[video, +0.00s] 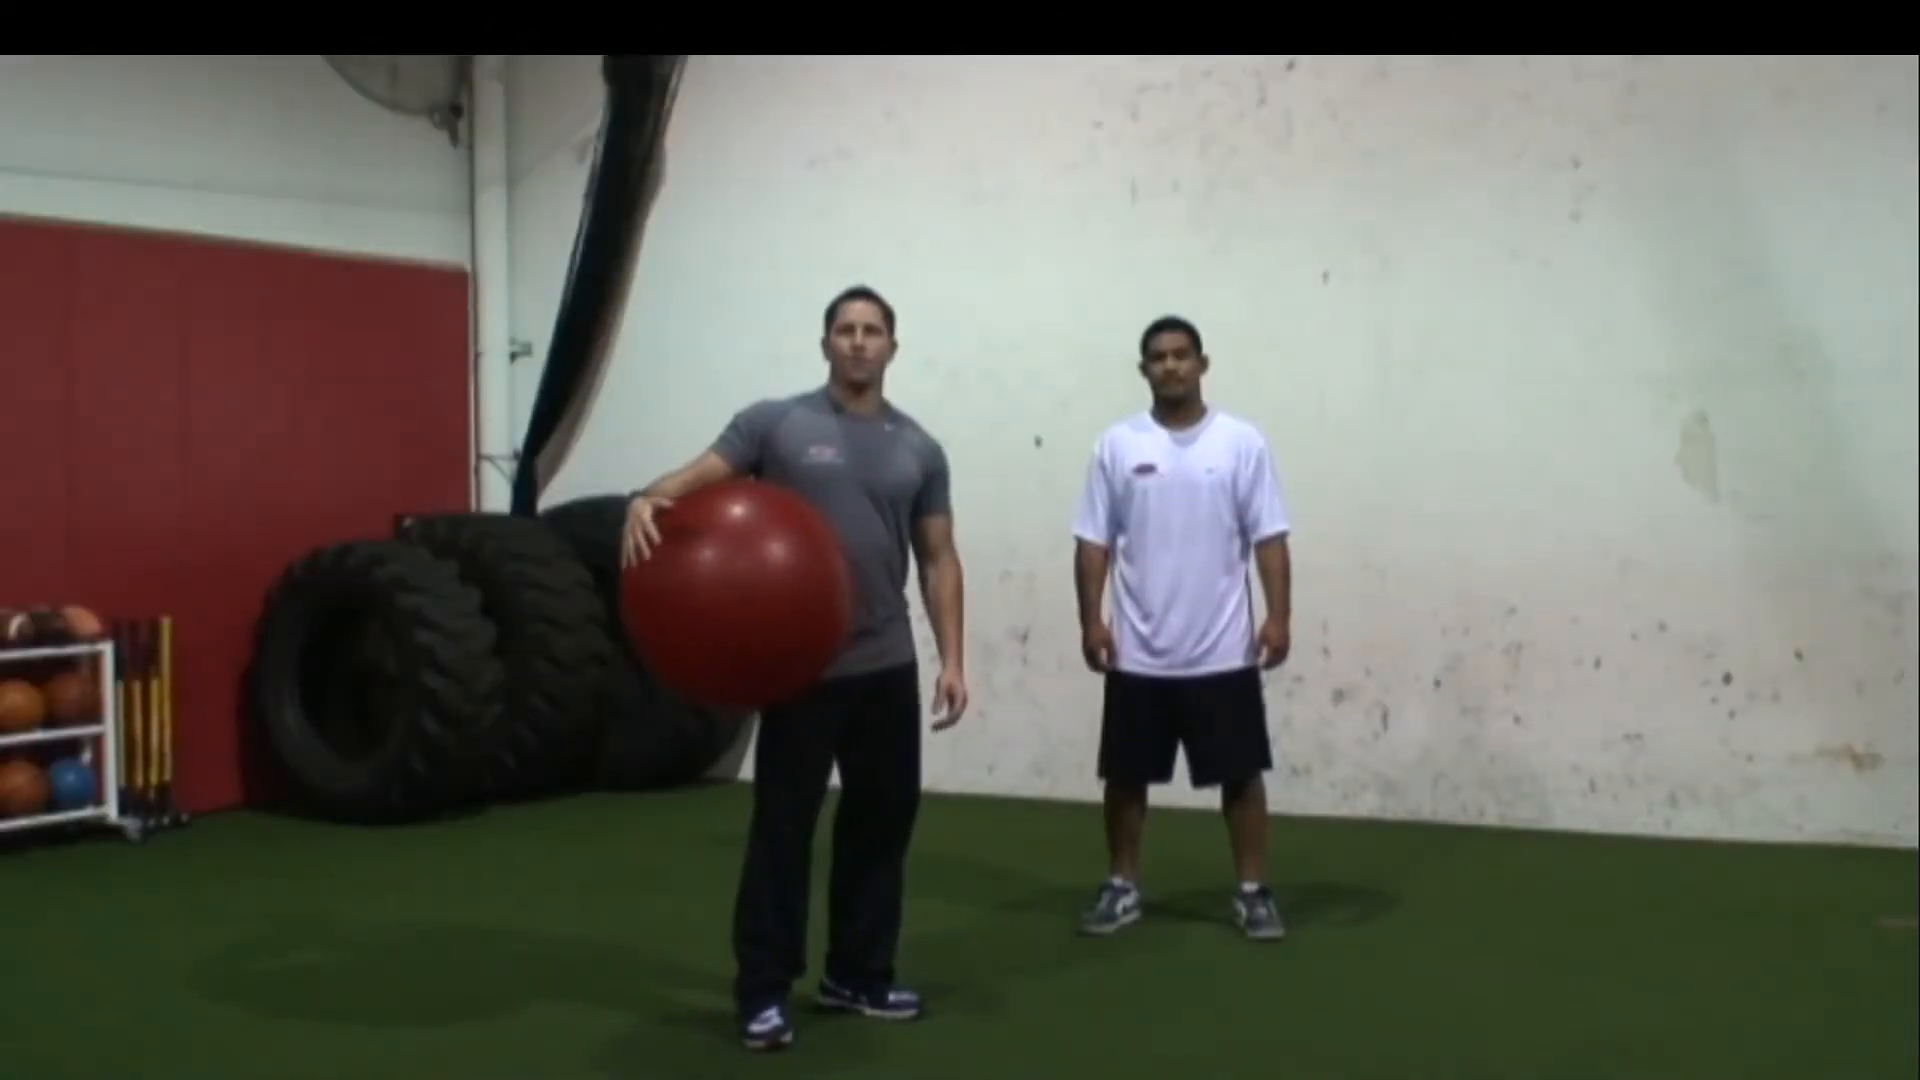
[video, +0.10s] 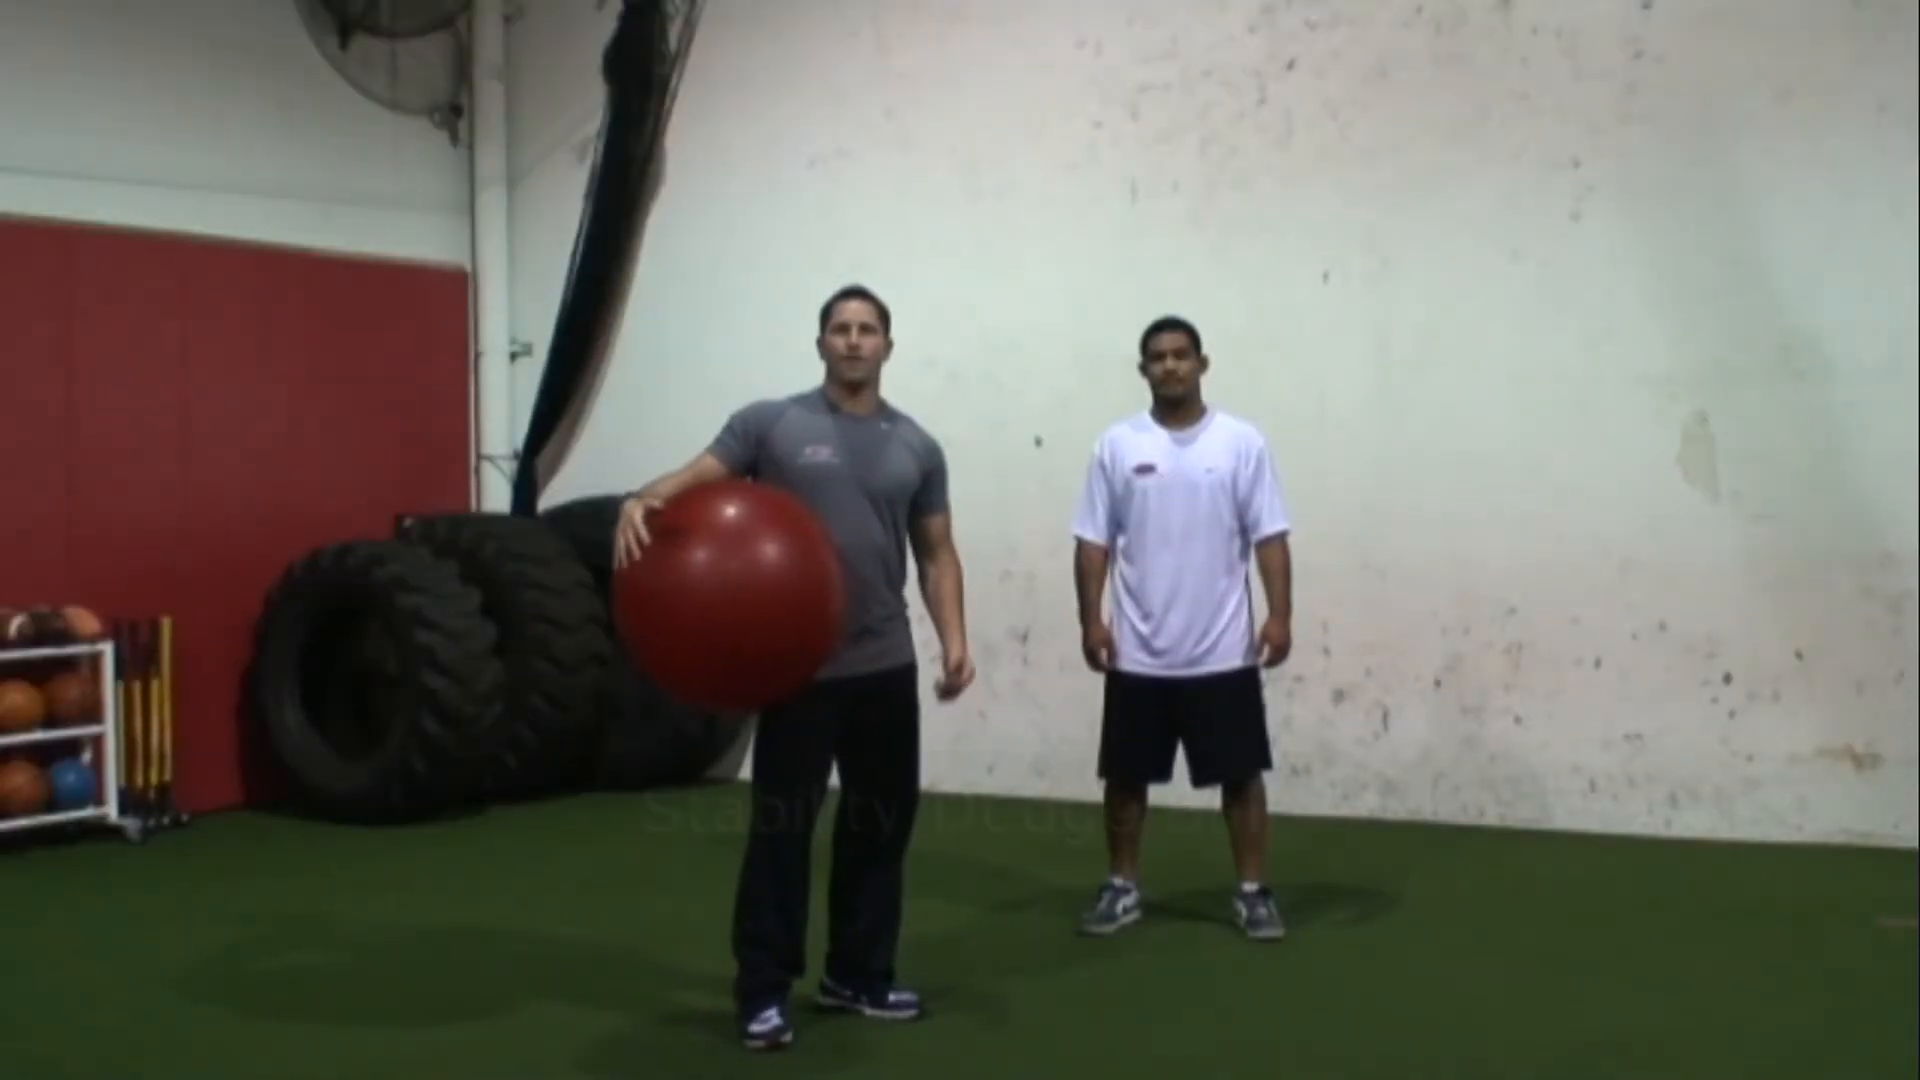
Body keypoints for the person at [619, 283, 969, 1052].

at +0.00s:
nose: (858, 341)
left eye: (872, 331)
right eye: (846, 329)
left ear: (892, 347)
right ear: (825, 343)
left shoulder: (918, 449)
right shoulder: (774, 423)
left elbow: (939, 557)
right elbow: (697, 476)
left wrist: (953, 658)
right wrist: (645, 500)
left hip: (886, 667)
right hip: (798, 669)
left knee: (881, 827)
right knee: (782, 831)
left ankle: (860, 975)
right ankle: (764, 993)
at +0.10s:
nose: (854, 339)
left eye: (868, 329)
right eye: (841, 328)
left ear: (888, 346)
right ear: (821, 343)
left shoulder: (916, 447)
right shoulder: (770, 424)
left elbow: (937, 551)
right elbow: (694, 478)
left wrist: (955, 642)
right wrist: (638, 502)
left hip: (885, 667)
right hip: (796, 668)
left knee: (880, 827)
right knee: (780, 829)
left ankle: (860, 976)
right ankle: (764, 993)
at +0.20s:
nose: (850, 338)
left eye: (864, 328)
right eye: (838, 328)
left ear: (885, 344)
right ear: (817, 343)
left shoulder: (914, 446)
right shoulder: (767, 425)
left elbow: (937, 543)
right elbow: (691, 480)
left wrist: (959, 618)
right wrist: (632, 503)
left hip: (883, 667)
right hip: (792, 669)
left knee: (879, 830)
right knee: (780, 832)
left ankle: (861, 977)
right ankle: (765, 993)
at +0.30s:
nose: (845, 339)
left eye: (859, 328)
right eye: (833, 328)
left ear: (880, 343)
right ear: (813, 343)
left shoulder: (910, 445)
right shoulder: (764, 425)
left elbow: (941, 542)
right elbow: (690, 480)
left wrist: (962, 621)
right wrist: (630, 503)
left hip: (880, 666)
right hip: (790, 669)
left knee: (878, 830)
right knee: (778, 832)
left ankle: (861, 976)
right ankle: (764, 993)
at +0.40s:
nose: (839, 337)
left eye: (852, 326)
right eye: (827, 327)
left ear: (875, 342)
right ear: (808, 343)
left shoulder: (908, 443)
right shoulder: (761, 426)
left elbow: (943, 544)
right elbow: (687, 483)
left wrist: (959, 632)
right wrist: (629, 503)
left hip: (879, 666)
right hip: (788, 669)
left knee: (877, 831)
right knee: (777, 833)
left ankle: (860, 976)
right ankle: (765, 994)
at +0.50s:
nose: (833, 337)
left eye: (847, 326)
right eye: (821, 327)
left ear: (872, 341)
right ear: (804, 343)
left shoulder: (907, 443)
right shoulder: (757, 427)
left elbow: (942, 545)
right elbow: (683, 486)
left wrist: (950, 638)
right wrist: (625, 503)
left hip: (879, 665)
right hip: (787, 668)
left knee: (876, 831)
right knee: (776, 832)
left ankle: (860, 976)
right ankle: (765, 994)